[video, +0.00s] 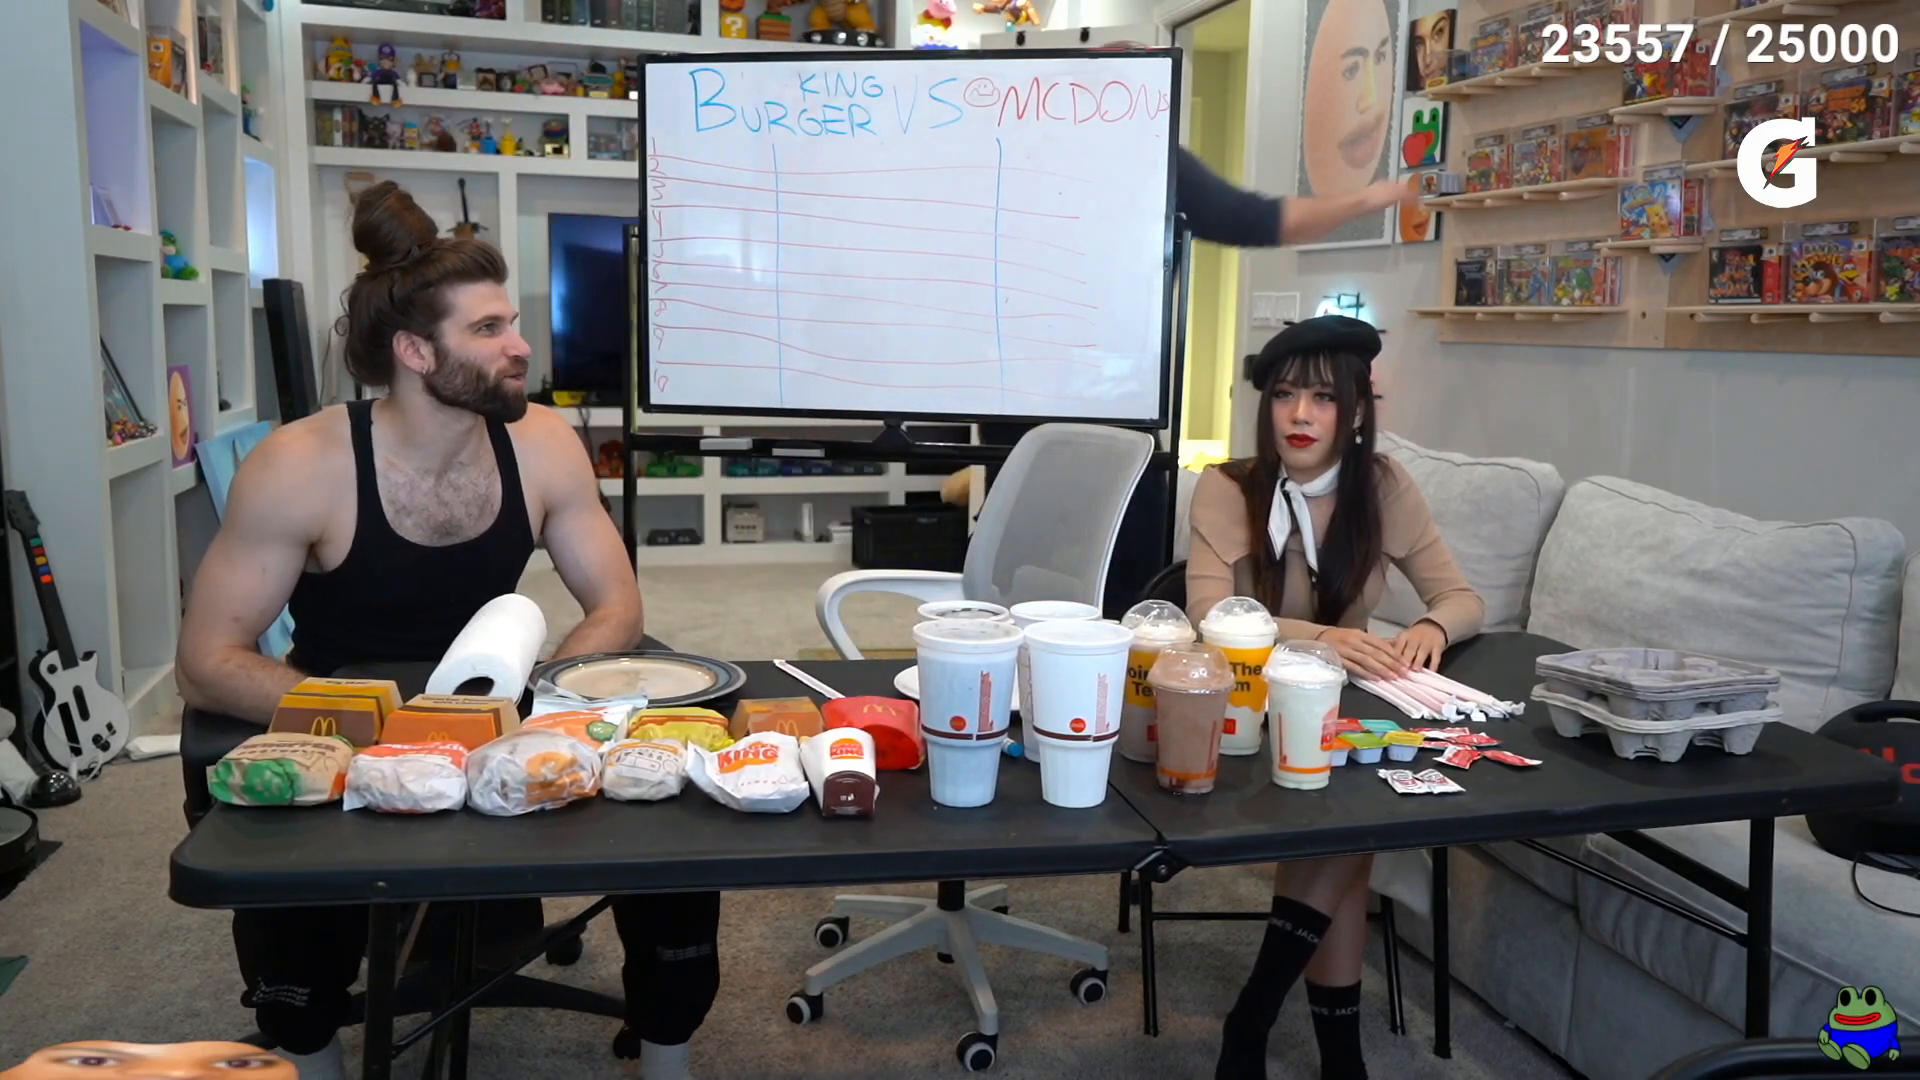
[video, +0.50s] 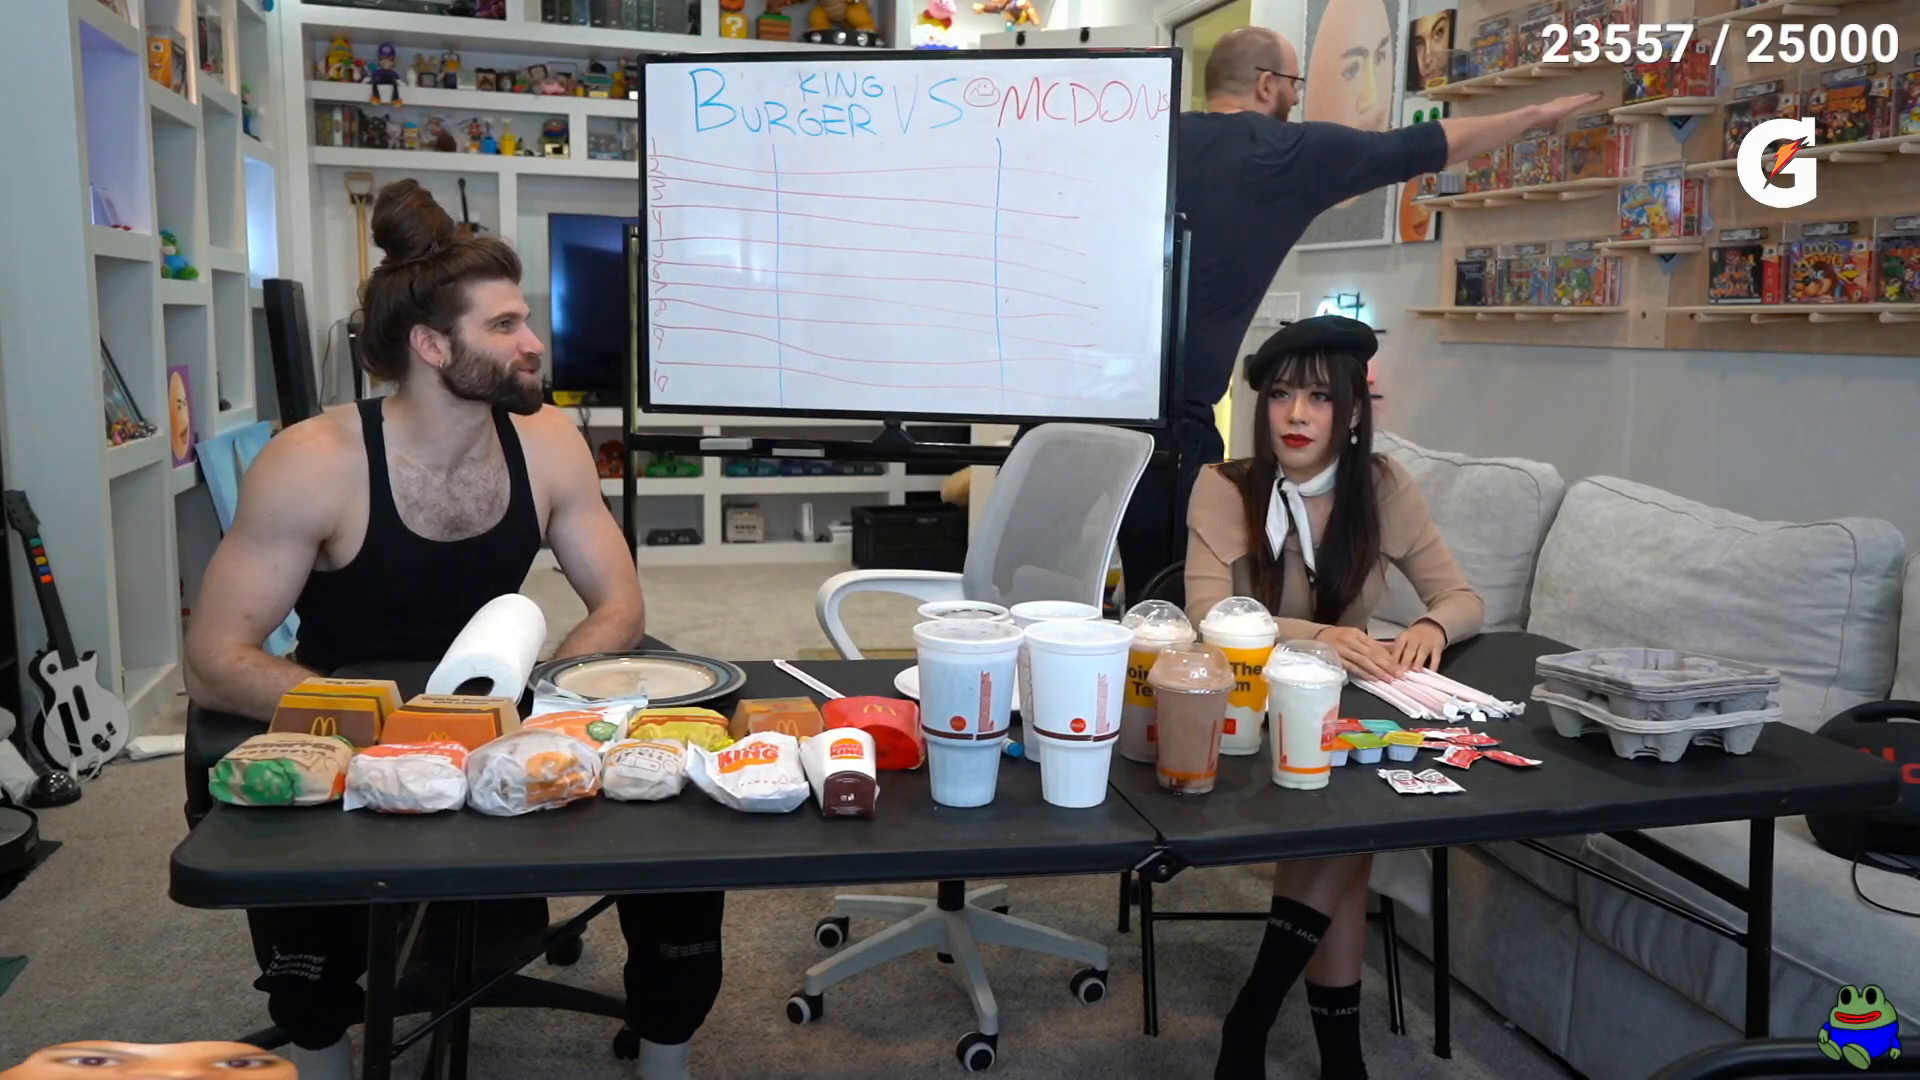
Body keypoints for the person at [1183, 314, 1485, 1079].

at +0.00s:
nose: (1299, 415)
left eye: (1322, 397)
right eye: (1286, 394)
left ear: (1358, 412)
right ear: (1265, 403)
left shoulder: (1382, 485)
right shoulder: (1226, 490)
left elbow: (1463, 598)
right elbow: (1213, 620)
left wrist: (1433, 624)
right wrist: (1317, 635)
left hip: (1340, 707)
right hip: (1243, 712)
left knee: (1345, 818)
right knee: (1351, 832)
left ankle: (1248, 1024)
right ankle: (1342, 1063)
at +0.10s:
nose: (1299, 414)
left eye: (1322, 397)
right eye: (1285, 394)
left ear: (1357, 411)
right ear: (1263, 403)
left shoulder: (1382, 485)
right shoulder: (1225, 491)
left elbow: (1463, 598)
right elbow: (1211, 621)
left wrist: (1432, 624)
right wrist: (1317, 635)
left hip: (1341, 707)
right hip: (1243, 711)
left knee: (1343, 820)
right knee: (1351, 835)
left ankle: (1247, 1025)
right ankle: (1343, 1063)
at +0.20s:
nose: (1298, 414)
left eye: (1321, 396)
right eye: (1284, 393)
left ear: (1355, 411)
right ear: (1262, 402)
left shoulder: (1382, 486)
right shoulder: (1224, 490)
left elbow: (1464, 598)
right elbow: (1211, 620)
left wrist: (1433, 624)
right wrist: (1317, 634)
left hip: (1342, 705)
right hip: (1244, 709)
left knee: (1343, 820)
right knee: (1350, 835)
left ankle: (1247, 1023)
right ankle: (1343, 1063)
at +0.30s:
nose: (1297, 414)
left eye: (1320, 397)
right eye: (1283, 394)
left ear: (1354, 412)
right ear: (1261, 402)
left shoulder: (1381, 484)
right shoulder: (1225, 488)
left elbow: (1463, 598)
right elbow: (1210, 618)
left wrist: (1432, 624)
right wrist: (1314, 634)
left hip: (1343, 703)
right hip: (1245, 707)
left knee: (1344, 819)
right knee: (1351, 836)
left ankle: (1247, 1024)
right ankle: (1343, 1063)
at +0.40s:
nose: (1297, 413)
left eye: (1319, 396)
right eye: (1283, 394)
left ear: (1354, 411)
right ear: (1261, 402)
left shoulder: (1380, 484)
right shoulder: (1226, 488)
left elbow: (1463, 598)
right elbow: (1210, 618)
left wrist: (1433, 624)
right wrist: (1314, 633)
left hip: (1343, 702)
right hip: (1245, 707)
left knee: (1343, 819)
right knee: (1351, 834)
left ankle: (1247, 1026)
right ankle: (1343, 1063)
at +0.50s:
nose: (1296, 414)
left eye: (1319, 396)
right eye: (1282, 394)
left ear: (1354, 411)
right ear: (1262, 403)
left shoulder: (1381, 484)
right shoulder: (1225, 487)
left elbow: (1464, 598)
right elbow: (1210, 617)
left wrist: (1432, 624)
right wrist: (1314, 634)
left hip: (1343, 702)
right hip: (1245, 706)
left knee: (1345, 819)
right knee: (1351, 834)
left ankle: (1247, 1025)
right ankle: (1343, 1063)